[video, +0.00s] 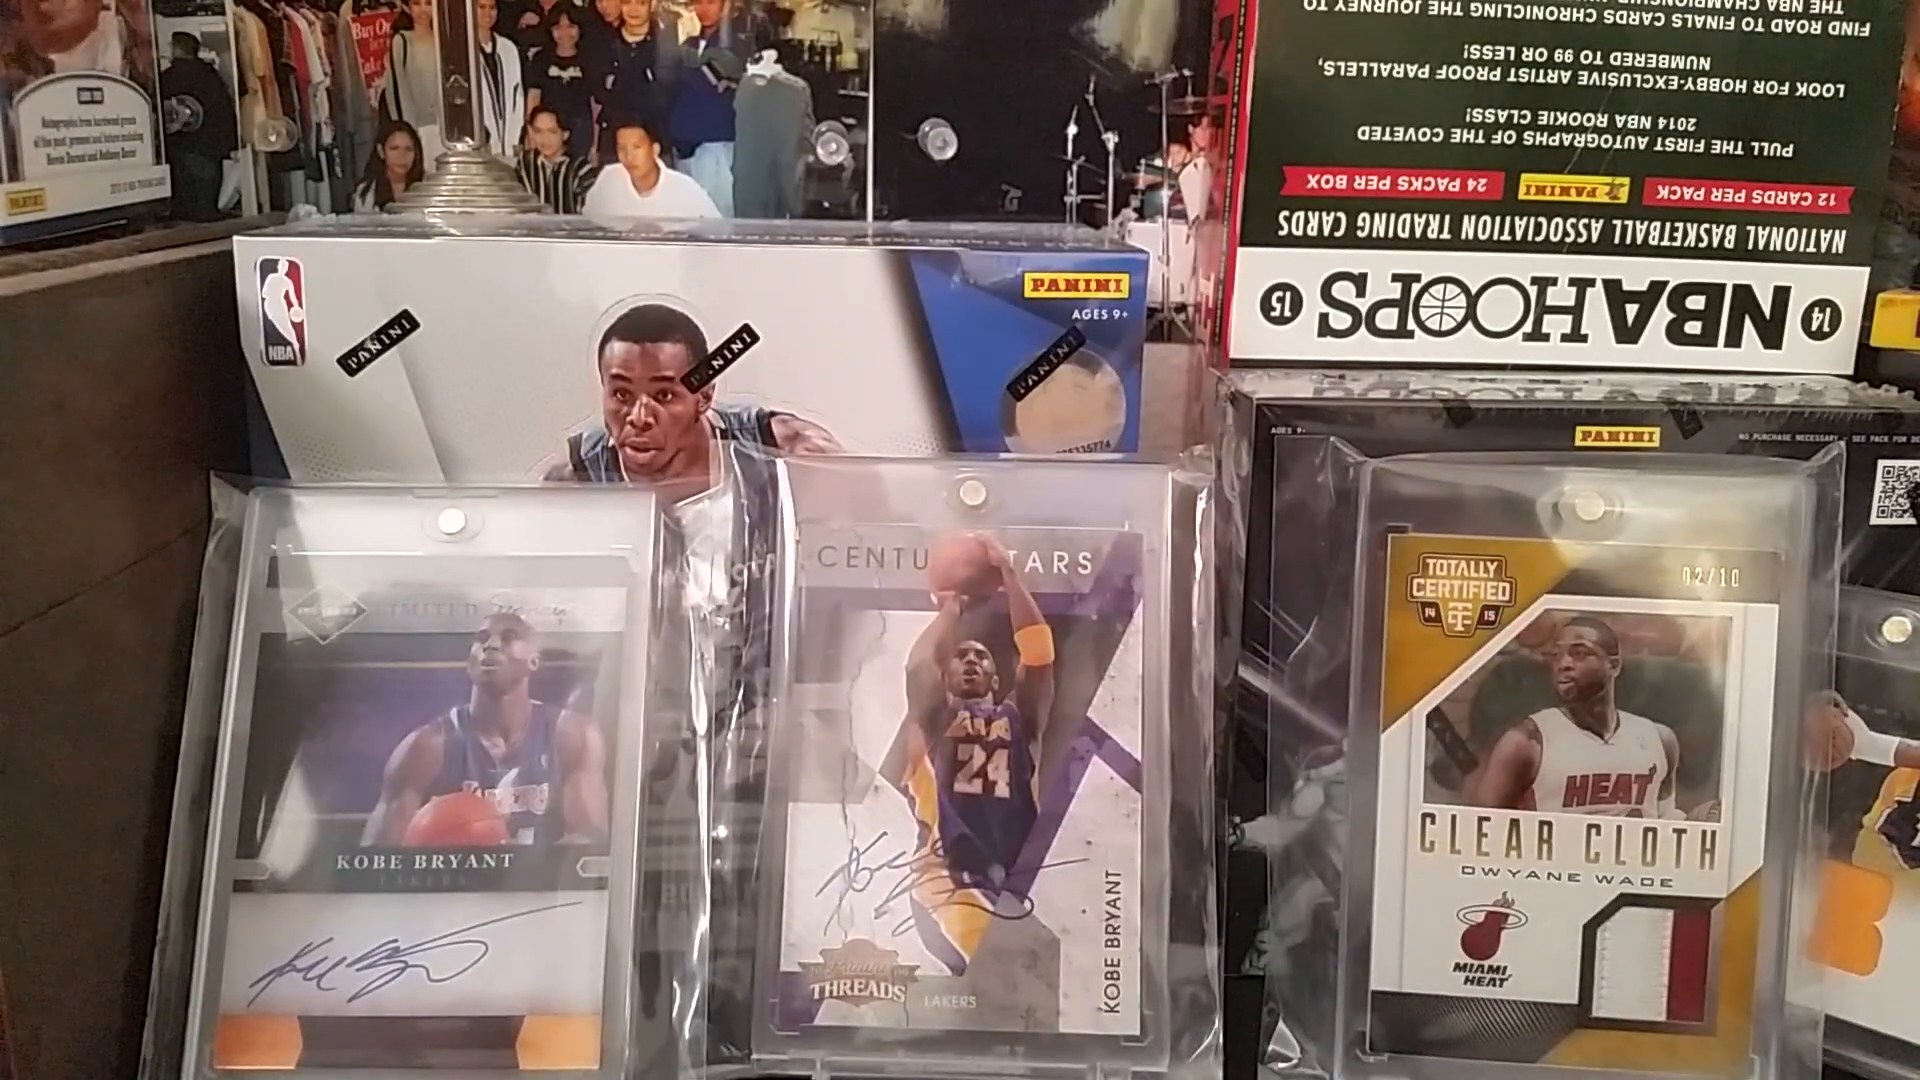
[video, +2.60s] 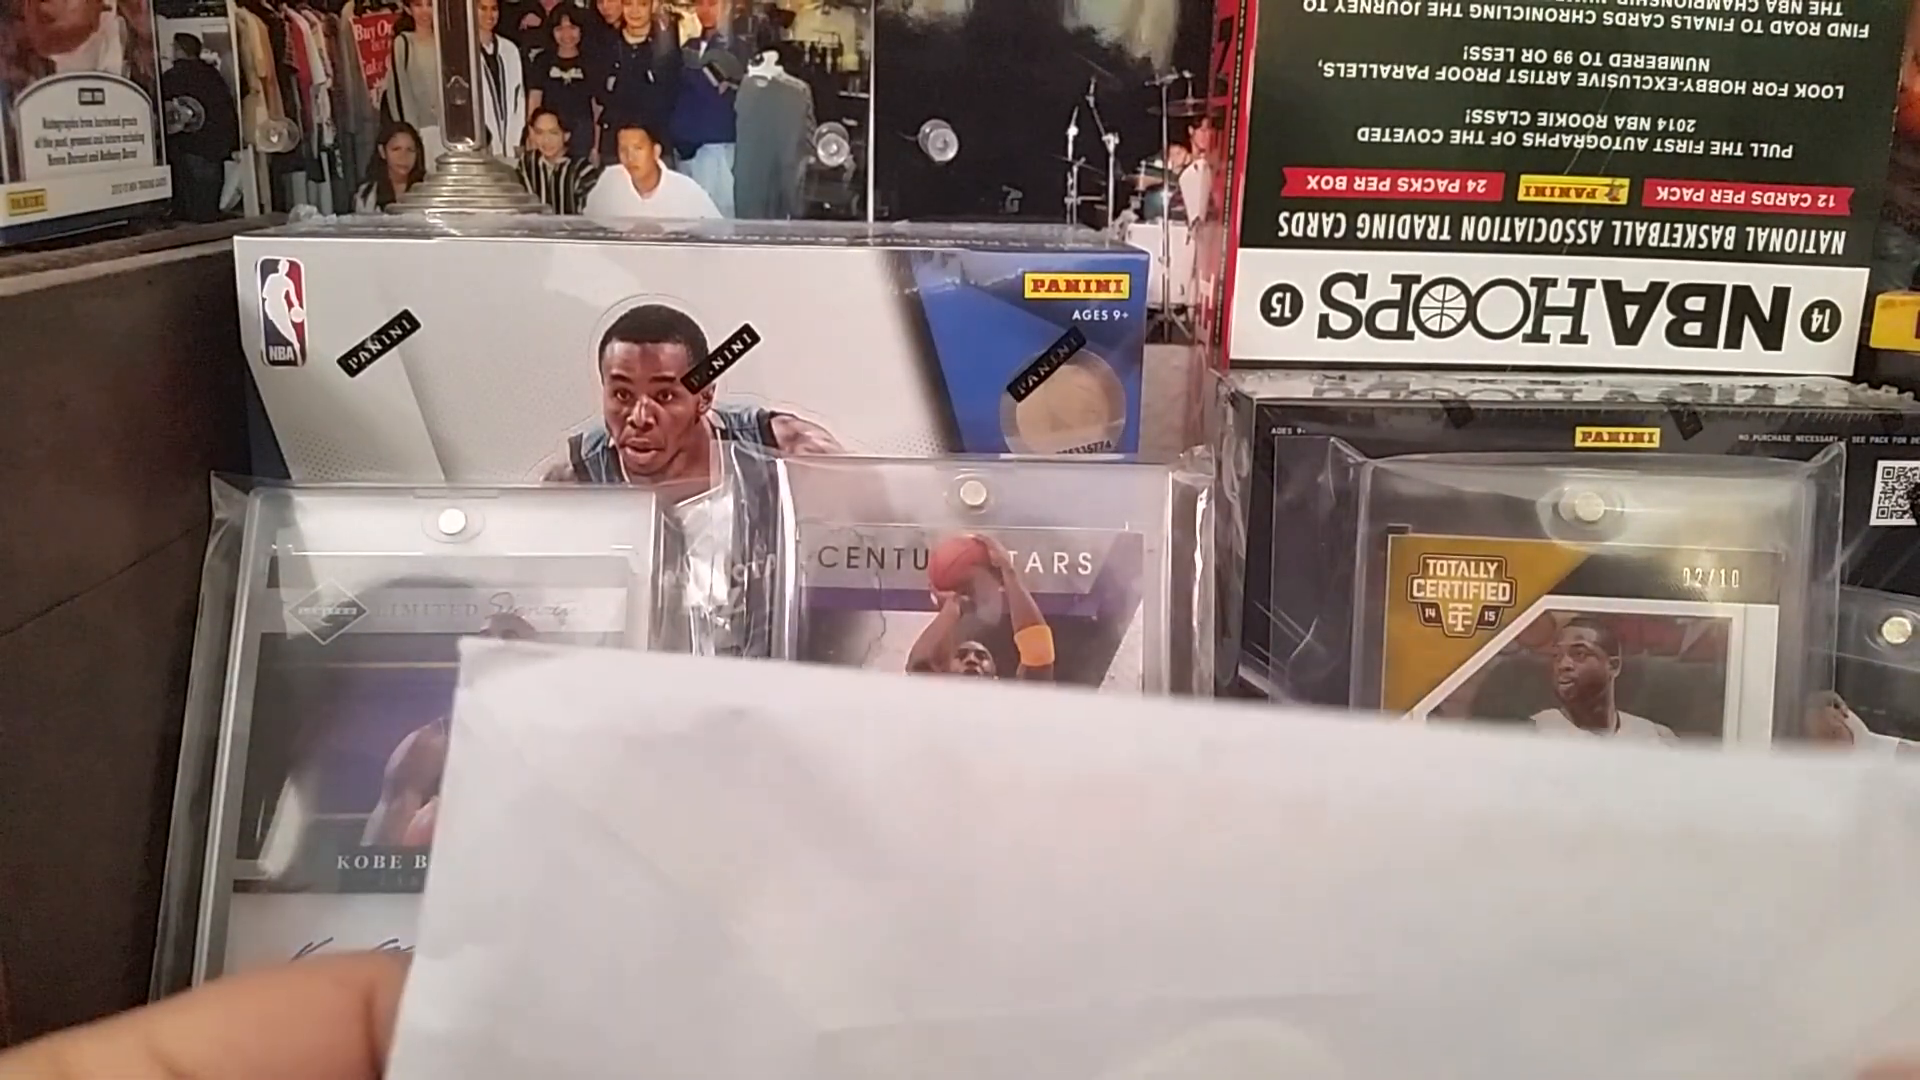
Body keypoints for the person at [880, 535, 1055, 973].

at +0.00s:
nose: (972, 660)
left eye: (981, 656)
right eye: (960, 655)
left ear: (997, 674)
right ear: (944, 672)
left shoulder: (1020, 719)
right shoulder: (934, 718)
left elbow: (1036, 651)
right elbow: (920, 666)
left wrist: (1009, 572)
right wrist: (950, 607)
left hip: (1010, 879)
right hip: (945, 877)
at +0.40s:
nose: (970, 661)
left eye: (981, 656)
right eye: (959, 656)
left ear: (996, 673)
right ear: (944, 674)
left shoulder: (1020, 716)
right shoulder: (938, 719)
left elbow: (1037, 652)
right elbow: (919, 665)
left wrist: (1009, 571)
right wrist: (950, 607)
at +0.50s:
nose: (970, 661)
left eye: (981, 657)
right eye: (960, 656)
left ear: (996, 675)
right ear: (945, 675)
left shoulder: (1020, 716)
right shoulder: (938, 720)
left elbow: (1037, 652)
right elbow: (919, 664)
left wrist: (1008, 571)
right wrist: (952, 605)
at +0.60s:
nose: (970, 661)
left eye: (981, 656)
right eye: (959, 656)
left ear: (996, 674)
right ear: (944, 674)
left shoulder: (1020, 716)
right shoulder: (938, 719)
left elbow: (1037, 652)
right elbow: (919, 665)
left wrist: (1009, 571)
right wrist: (952, 606)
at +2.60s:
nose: (972, 660)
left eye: (982, 657)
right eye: (962, 656)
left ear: (995, 674)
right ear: (948, 669)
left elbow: (1038, 653)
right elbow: (919, 666)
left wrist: (1008, 571)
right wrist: (952, 604)